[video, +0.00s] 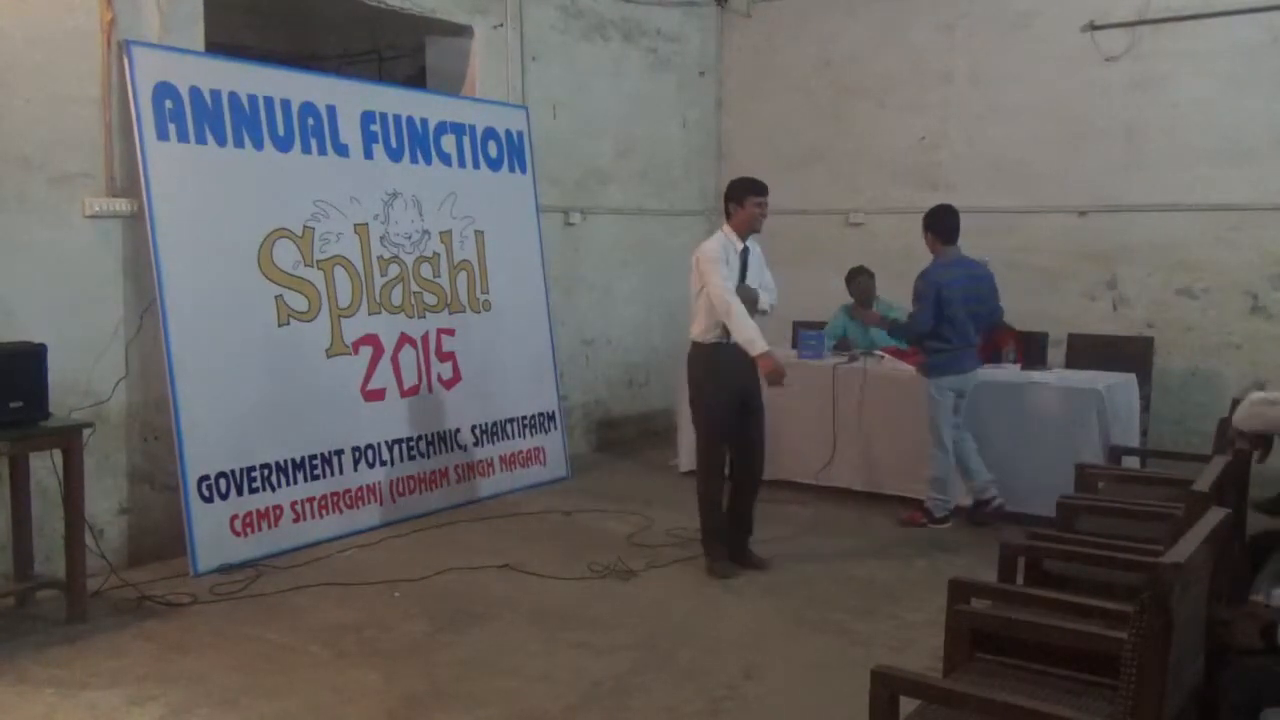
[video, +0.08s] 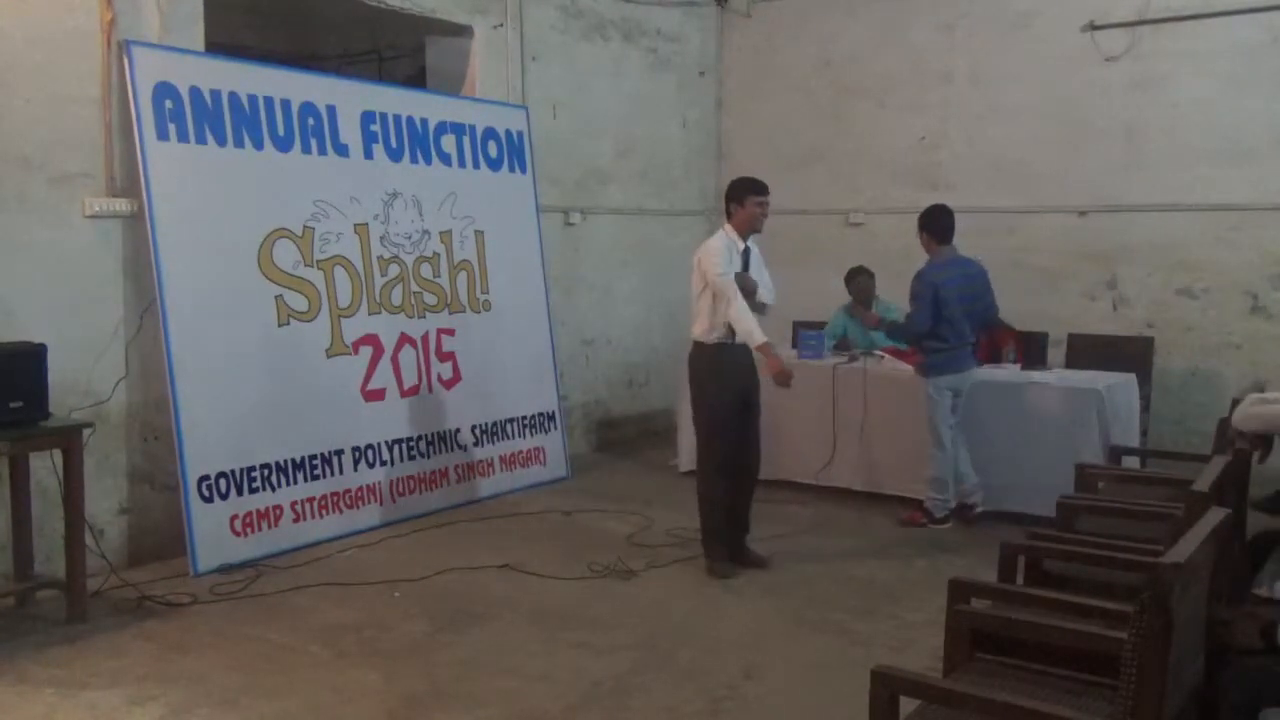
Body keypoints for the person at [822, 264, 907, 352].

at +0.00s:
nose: (865, 290)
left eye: (869, 285)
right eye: (859, 286)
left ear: (875, 287)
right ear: (850, 292)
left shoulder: (891, 309)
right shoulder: (844, 314)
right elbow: (827, 339)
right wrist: (837, 345)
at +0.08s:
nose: (864, 290)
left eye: (868, 285)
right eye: (858, 285)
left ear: (874, 287)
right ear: (849, 291)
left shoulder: (890, 309)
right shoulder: (843, 314)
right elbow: (826, 340)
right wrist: (837, 345)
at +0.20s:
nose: (864, 293)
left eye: (868, 287)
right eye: (859, 289)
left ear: (874, 288)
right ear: (850, 292)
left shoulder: (890, 310)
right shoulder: (843, 315)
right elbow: (826, 341)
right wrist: (837, 346)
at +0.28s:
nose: (864, 291)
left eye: (868, 286)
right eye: (859, 287)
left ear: (874, 288)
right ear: (850, 291)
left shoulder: (890, 310)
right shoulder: (842, 314)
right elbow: (827, 340)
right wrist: (838, 345)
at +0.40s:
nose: (865, 294)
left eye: (868, 289)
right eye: (859, 290)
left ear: (875, 288)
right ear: (850, 292)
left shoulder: (891, 309)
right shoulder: (843, 314)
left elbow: (899, 338)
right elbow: (828, 339)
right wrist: (838, 345)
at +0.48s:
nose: (865, 293)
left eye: (869, 288)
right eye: (860, 290)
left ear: (875, 288)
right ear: (851, 291)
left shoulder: (889, 309)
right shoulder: (843, 314)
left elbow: (896, 337)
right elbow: (827, 338)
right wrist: (837, 345)